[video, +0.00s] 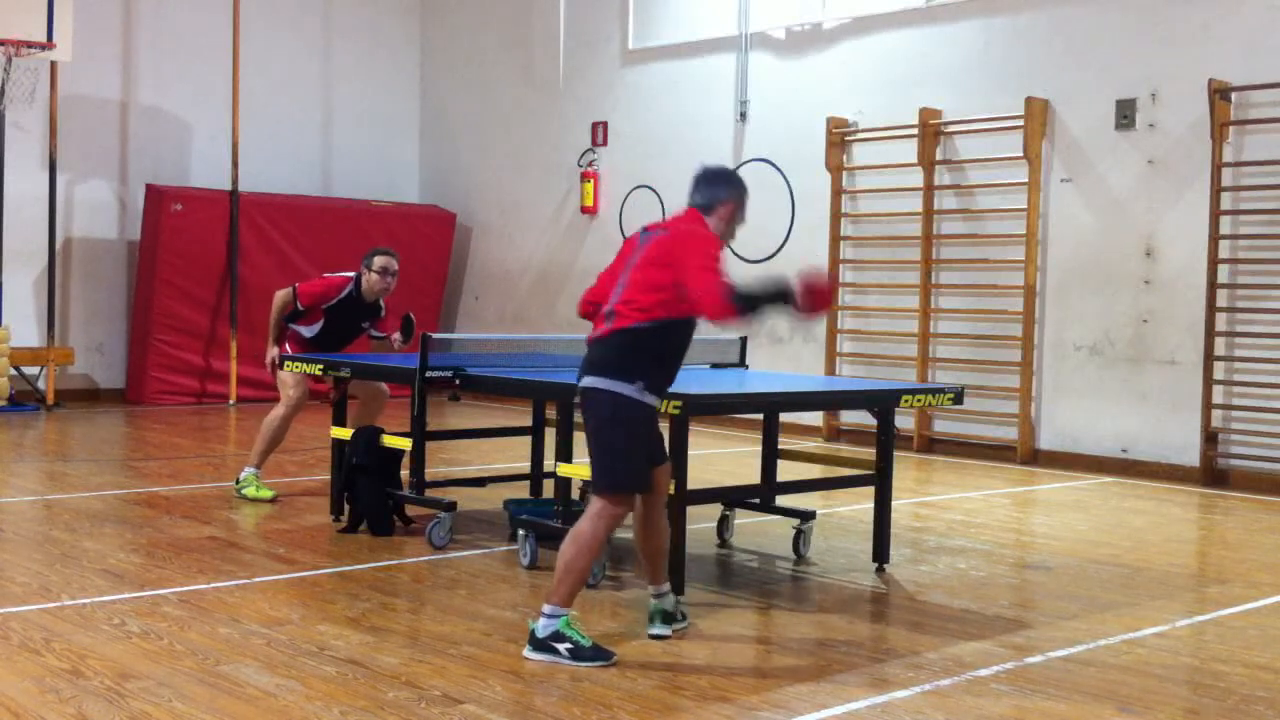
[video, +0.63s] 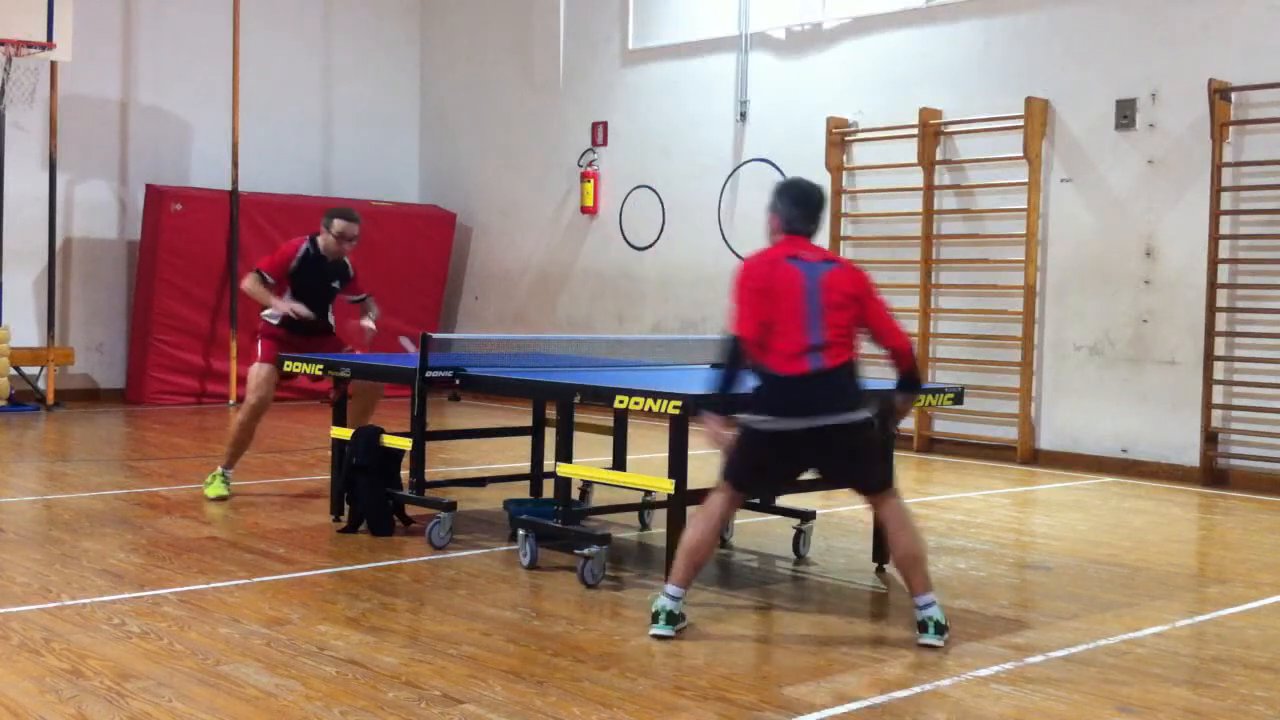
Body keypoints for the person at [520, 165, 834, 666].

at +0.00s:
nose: (735, 230)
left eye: (737, 221)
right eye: (737, 219)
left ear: (696, 202)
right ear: (724, 208)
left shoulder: (648, 235)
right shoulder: (696, 237)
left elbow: (590, 305)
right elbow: (716, 306)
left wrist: (654, 323)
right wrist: (784, 292)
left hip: (611, 387)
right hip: (620, 391)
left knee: (655, 480)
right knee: (612, 502)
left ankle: (663, 605)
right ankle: (549, 623)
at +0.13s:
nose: (740, 230)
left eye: (738, 223)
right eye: (741, 223)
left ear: (691, 215)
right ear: (732, 219)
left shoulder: (650, 247)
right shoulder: (735, 262)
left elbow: (586, 297)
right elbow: (768, 348)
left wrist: (629, 320)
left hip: (619, 379)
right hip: (660, 384)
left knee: (656, 496)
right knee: (637, 506)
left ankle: (662, 606)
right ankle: (553, 616)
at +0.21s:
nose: (730, 226)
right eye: (735, 220)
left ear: (688, 217)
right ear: (735, 220)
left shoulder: (657, 250)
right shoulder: (748, 266)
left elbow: (604, 286)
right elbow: (785, 334)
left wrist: (581, 299)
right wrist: (811, 388)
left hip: (638, 389)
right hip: (691, 392)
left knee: (652, 496)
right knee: (684, 508)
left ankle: (660, 604)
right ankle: (610, 586)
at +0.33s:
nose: (706, 213)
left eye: (707, 206)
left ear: (707, 210)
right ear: (751, 217)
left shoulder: (676, 252)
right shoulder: (769, 266)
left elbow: (615, 296)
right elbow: (817, 333)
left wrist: (557, 320)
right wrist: (855, 395)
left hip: (672, 396)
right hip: (732, 397)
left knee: (667, 495)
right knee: (760, 495)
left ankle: (661, 605)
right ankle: (758, 564)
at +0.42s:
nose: (725, 211)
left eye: (725, 204)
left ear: (725, 209)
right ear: (769, 216)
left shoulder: (693, 253)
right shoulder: (786, 267)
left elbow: (642, 302)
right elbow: (828, 334)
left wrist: (587, 347)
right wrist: (866, 391)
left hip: (694, 399)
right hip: (758, 399)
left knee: (678, 494)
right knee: (810, 490)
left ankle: (663, 606)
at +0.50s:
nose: (741, 212)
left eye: (743, 205)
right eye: (748, 205)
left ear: (746, 211)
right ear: (788, 217)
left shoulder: (713, 257)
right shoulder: (806, 268)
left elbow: (676, 321)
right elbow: (848, 336)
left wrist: (640, 371)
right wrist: (882, 388)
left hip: (725, 404)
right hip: (788, 400)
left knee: (692, 494)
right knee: (843, 492)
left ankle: (664, 603)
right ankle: (906, 601)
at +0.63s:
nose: (767, 220)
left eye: (770, 213)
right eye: (771, 212)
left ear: (775, 218)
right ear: (816, 222)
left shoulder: (757, 268)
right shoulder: (846, 273)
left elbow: (742, 344)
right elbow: (898, 343)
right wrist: (908, 386)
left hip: (775, 416)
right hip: (844, 414)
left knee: (723, 499)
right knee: (886, 500)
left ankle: (669, 601)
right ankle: (929, 613)